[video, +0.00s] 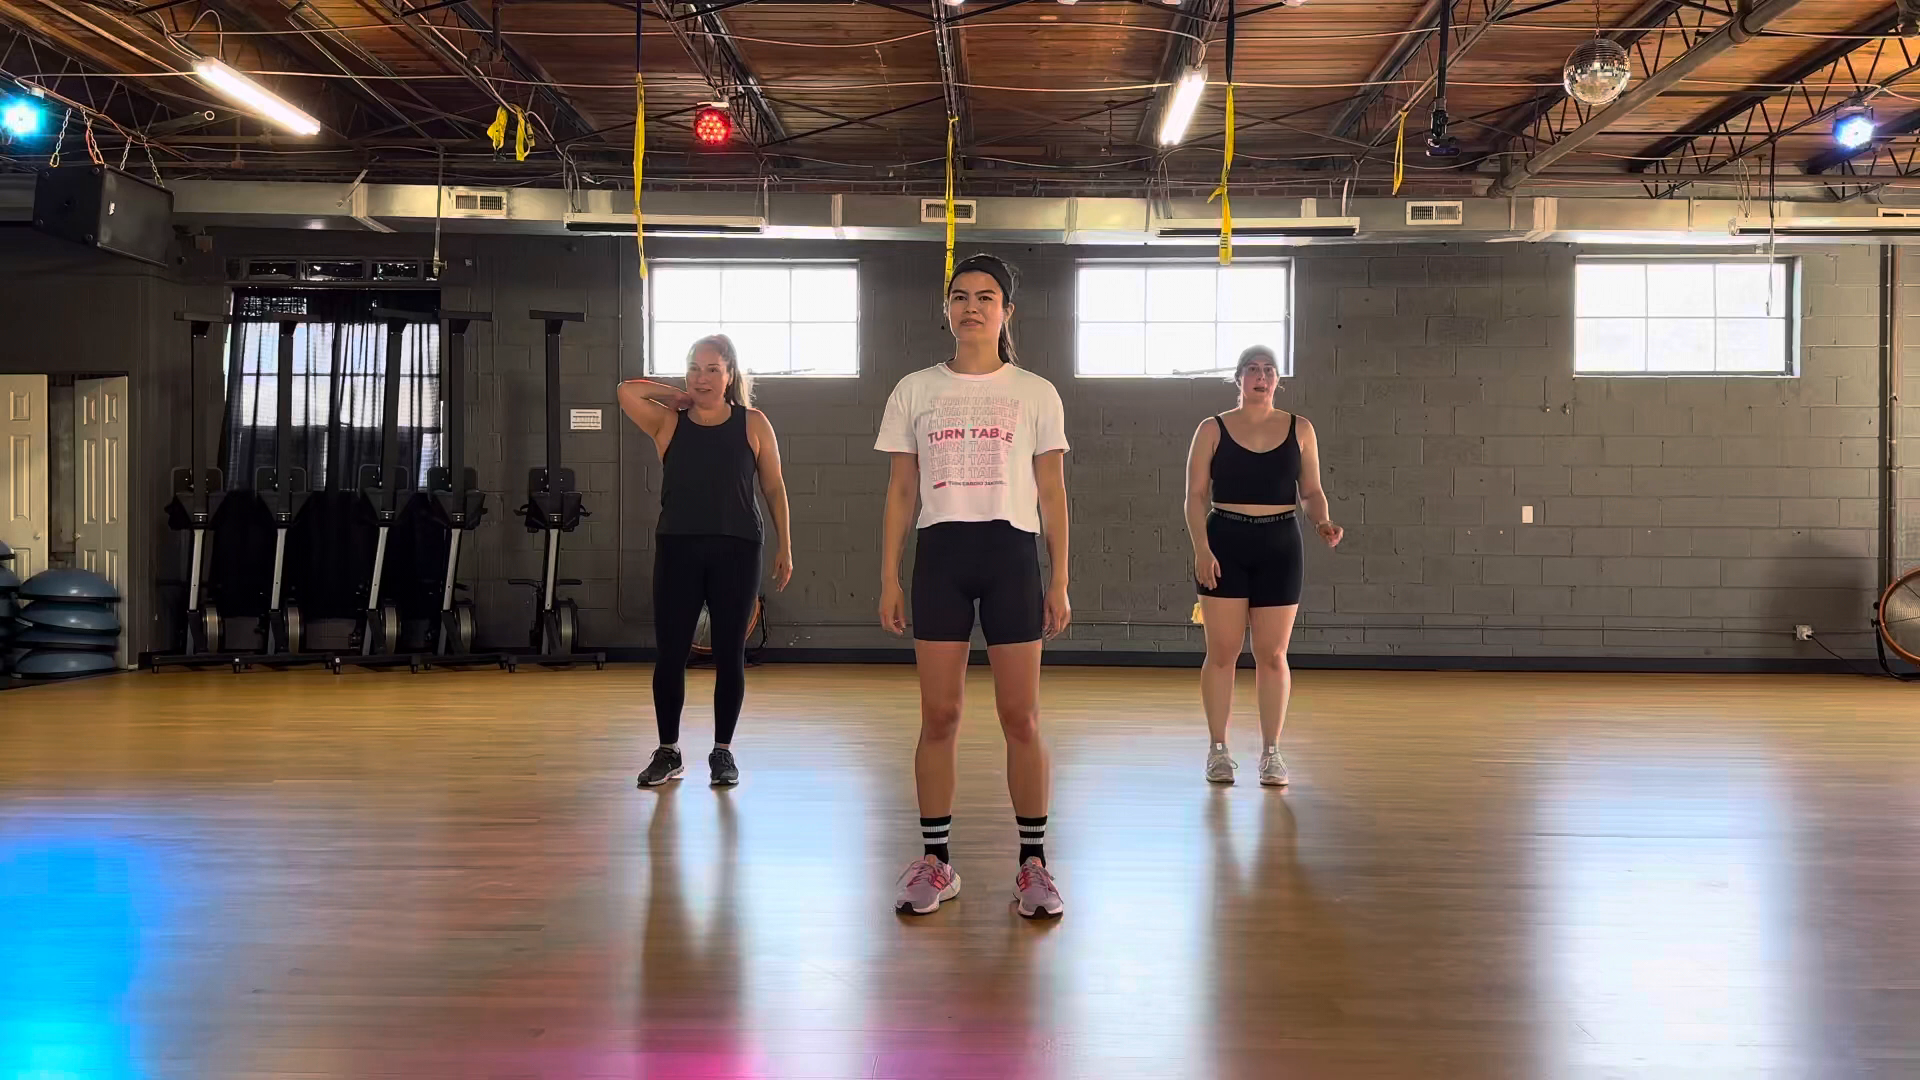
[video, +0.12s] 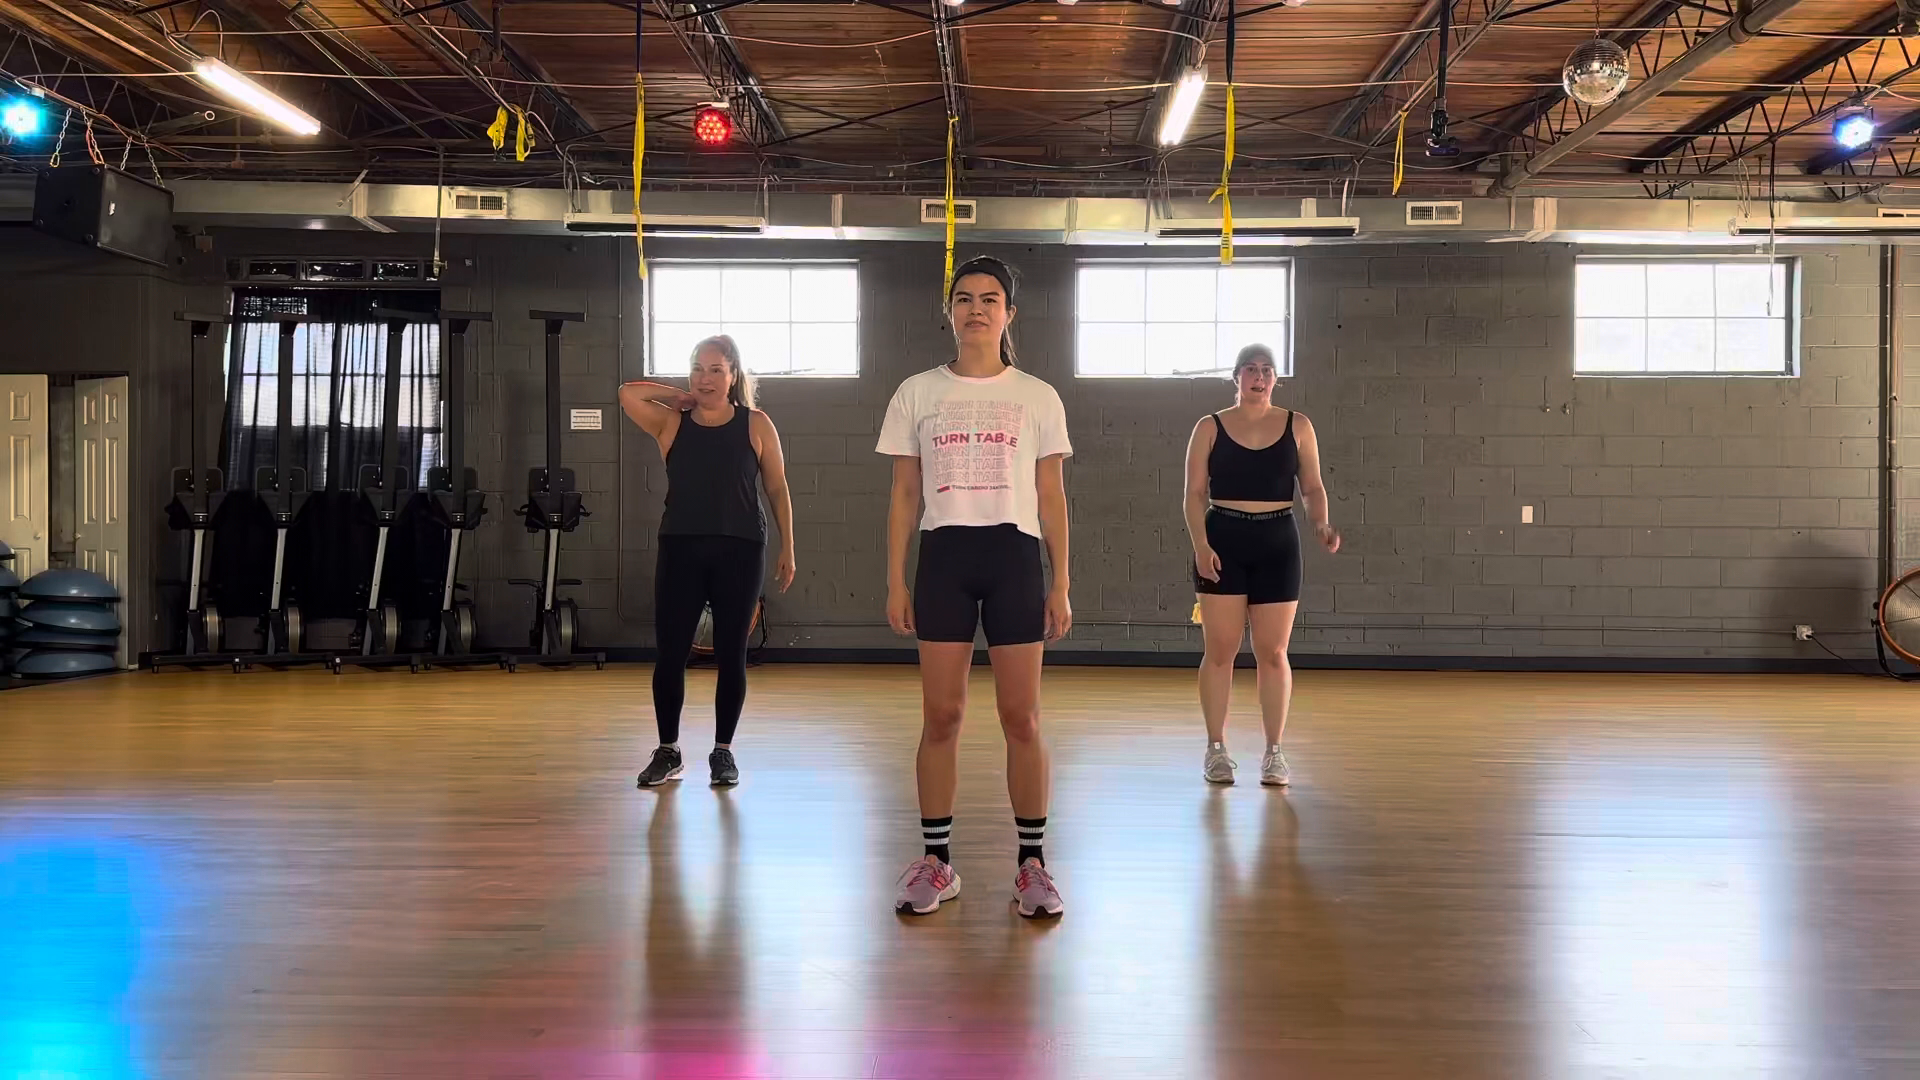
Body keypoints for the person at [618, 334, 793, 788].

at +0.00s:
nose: (703, 376)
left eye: (713, 369)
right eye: (696, 369)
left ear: (730, 375)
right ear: (688, 375)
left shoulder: (754, 423)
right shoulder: (666, 422)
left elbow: (775, 489)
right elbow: (625, 390)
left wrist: (784, 548)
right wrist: (671, 392)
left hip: (736, 552)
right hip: (677, 551)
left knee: (729, 654)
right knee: (670, 653)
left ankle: (722, 751)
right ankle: (667, 750)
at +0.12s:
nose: (706, 378)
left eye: (716, 370)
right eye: (699, 369)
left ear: (734, 376)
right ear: (691, 376)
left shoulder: (757, 424)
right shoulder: (669, 422)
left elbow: (777, 488)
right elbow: (627, 391)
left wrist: (787, 548)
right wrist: (675, 393)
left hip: (739, 551)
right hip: (680, 550)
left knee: (732, 654)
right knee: (670, 652)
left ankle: (722, 750)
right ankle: (667, 750)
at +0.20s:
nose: (708, 378)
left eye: (718, 370)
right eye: (701, 370)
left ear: (736, 376)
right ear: (693, 376)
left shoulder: (758, 424)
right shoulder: (671, 423)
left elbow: (779, 489)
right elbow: (628, 394)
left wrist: (788, 550)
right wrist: (674, 393)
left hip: (740, 553)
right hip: (682, 551)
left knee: (732, 655)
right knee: (674, 653)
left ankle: (722, 750)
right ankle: (668, 751)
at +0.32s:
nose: (711, 377)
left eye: (721, 369)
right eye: (704, 369)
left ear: (738, 375)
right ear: (695, 376)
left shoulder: (762, 425)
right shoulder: (673, 422)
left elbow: (781, 490)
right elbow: (629, 394)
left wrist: (790, 550)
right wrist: (677, 393)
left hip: (742, 552)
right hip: (684, 550)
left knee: (733, 655)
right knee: (675, 653)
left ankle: (722, 751)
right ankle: (668, 752)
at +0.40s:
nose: (713, 377)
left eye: (723, 369)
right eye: (705, 369)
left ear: (740, 376)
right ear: (697, 376)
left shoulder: (763, 425)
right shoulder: (674, 422)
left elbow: (783, 490)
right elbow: (631, 395)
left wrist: (791, 550)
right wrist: (677, 392)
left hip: (744, 552)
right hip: (685, 550)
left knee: (733, 655)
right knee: (673, 651)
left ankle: (722, 751)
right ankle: (667, 751)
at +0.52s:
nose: (714, 378)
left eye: (723, 369)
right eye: (706, 370)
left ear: (741, 375)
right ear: (698, 376)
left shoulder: (764, 426)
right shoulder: (676, 422)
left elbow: (784, 492)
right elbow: (631, 399)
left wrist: (792, 551)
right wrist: (677, 392)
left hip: (744, 552)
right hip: (685, 550)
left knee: (733, 654)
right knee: (674, 652)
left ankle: (722, 750)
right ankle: (667, 751)